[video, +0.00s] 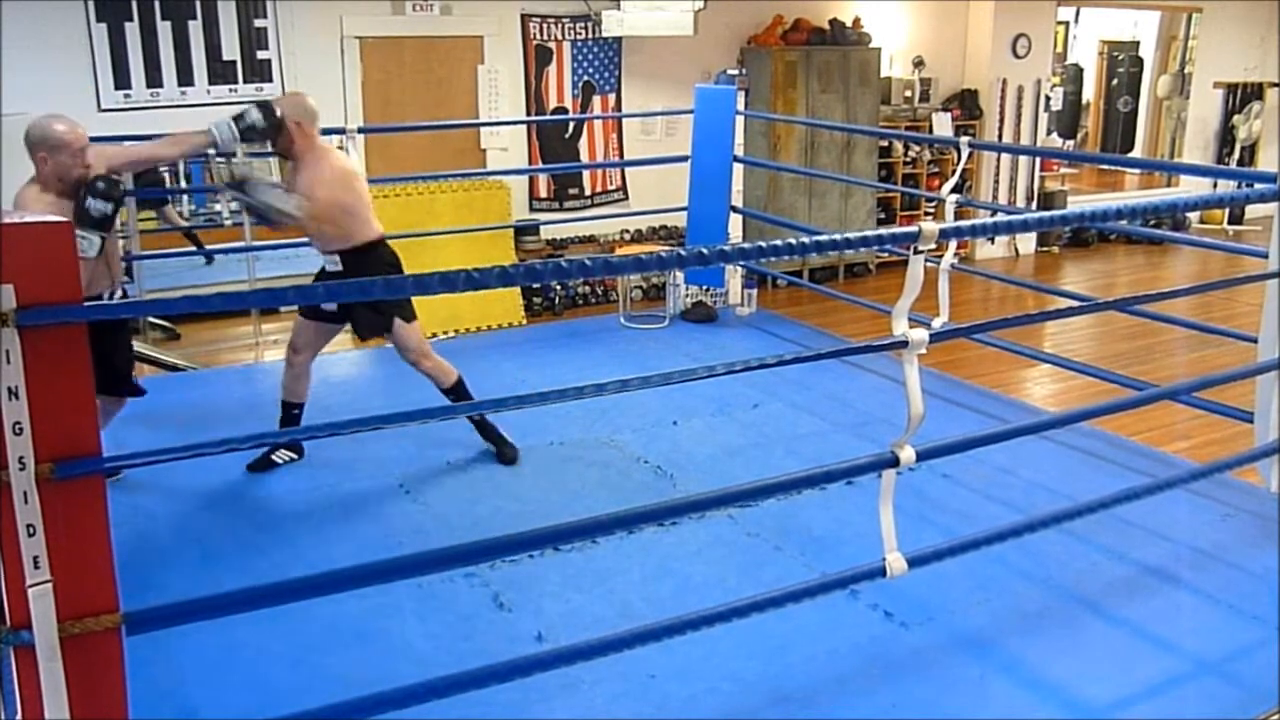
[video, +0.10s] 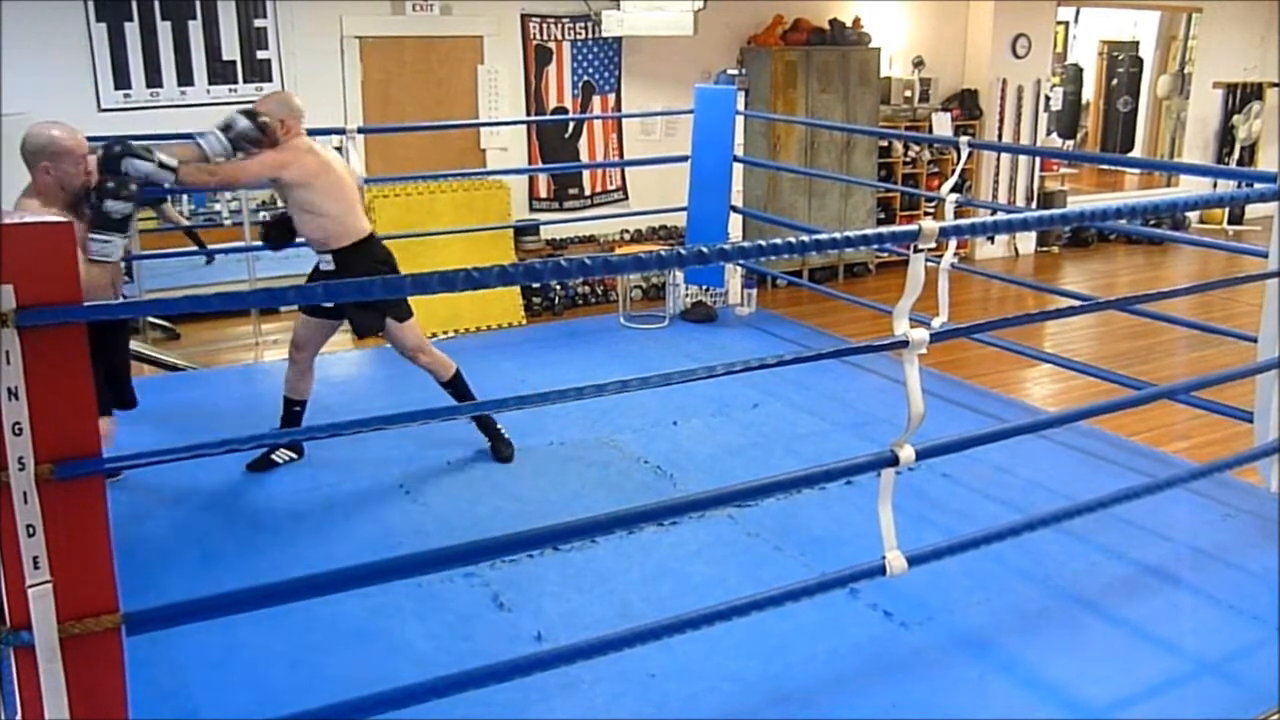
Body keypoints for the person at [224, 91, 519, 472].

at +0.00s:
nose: (270, 139)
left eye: (273, 130)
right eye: (268, 131)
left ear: (294, 130)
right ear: (298, 128)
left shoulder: (324, 167)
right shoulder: (297, 165)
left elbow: (301, 219)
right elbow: (284, 209)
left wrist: (251, 196)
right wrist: (247, 191)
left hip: (374, 266)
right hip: (336, 269)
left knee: (419, 356)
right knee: (298, 354)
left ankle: (486, 427)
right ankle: (289, 440)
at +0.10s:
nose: (257, 132)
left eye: (262, 124)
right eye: (257, 125)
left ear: (286, 124)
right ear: (290, 123)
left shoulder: (291, 158)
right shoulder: (310, 153)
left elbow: (221, 175)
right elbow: (339, 201)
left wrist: (164, 171)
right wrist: (291, 225)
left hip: (366, 266)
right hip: (336, 269)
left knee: (417, 349)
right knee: (302, 350)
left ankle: (487, 423)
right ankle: (288, 442)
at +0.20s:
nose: (252, 131)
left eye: (257, 123)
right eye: (253, 123)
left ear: (283, 123)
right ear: (288, 123)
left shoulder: (288, 157)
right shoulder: (314, 150)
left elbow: (223, 194)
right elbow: (350, 196)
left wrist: (173, 190)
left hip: (353, 267)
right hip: (336, 267)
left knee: (409, 352)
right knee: (293, 353)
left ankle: (487, 414)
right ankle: (289, 442)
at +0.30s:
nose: (263, 126)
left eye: (268, 116)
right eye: (262, 117)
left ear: (295, 116)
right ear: (294, 117)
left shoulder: (311, 152)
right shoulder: (307, 148)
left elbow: (292, 221)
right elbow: (323, 208)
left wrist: (235, 228)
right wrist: (280, 204)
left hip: (360, 260)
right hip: (329, 262)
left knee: (400, 358)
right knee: (297, 351)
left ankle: (465, 433)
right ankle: (289, 440)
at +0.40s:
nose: (284, 123)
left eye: (290, 115)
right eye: (283, 114)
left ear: (317, 116)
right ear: (312, 116)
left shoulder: (348, 153)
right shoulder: (323, 152)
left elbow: (356, 218)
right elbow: (333, 200)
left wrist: (302, 226)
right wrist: (295, 199)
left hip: (372, 259)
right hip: (336, 258)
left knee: (400, 364)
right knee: (306, 355)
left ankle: (448, 443)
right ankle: (290, 439)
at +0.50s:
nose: (312, 124)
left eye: (319, 116)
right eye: (310, 115)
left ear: (346, 115)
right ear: (326, 118)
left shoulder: (383, 154)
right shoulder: (326, 156)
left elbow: (389, 224)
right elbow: (331, 216)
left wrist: (343, 199)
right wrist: (305, 192)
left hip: (389, 262)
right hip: (346, 261)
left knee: (418, 361)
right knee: (313, 353)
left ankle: (450, 440)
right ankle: (290, 437)